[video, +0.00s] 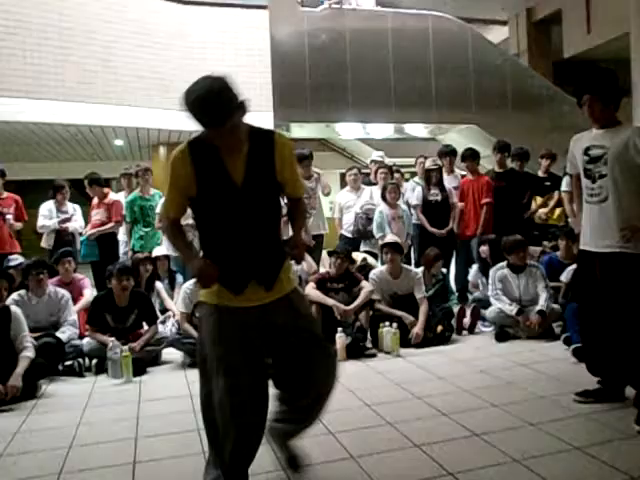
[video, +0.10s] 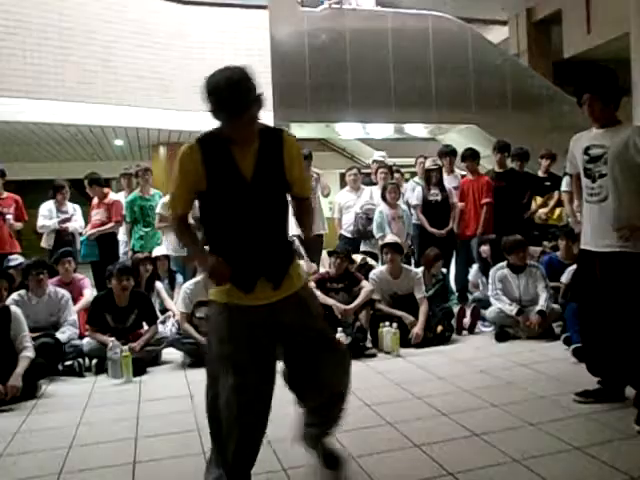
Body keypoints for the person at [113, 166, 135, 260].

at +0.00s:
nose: (127, 182)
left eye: (130, 178)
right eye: (124, 178)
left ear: (134, 180)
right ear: (121, 181)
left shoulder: (138, 196)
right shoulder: (117, 197)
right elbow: (116, 214)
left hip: (137, 233)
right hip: (122, 232)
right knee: (123, 257)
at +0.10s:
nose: (127, 181)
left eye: (130, 178)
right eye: (124, 178)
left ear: (134, 180)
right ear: (121, 181)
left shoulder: (138, 197)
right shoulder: (117, 197)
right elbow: (116, 215)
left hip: (137, 233)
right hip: (122, 232)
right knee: (123, 256)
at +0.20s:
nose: (127, 181)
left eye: (129, 178)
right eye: (124, 178)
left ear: (134, 180)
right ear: (121, 181)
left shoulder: (138, 197)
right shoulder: (117, 197)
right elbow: (116, 215)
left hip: (137, 233)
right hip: (122, 233)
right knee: (123, 257)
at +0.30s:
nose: (127, 181)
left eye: (129, 178)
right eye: (124, 178)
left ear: (134, 180)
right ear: (120, 181)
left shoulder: (139, 196)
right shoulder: (117, 197)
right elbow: (116, 215)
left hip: (137, 232)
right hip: (122, 232)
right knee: (123, 256)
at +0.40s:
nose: (126, 181)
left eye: (128, 178)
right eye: (123, 178)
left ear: (133, 180)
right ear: (119, 181)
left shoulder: (138, 196)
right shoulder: (116, 197)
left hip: (137, 231)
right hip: (121, 231)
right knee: (122, 255)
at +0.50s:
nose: (125, 181)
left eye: (127, 178)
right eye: (122, 178)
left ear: (132, 180)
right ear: (119, 181)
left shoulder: (137, 196)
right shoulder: (116, 197)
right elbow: (115, 214)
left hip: (136, 233)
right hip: (121, 233)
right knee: (122, 257)